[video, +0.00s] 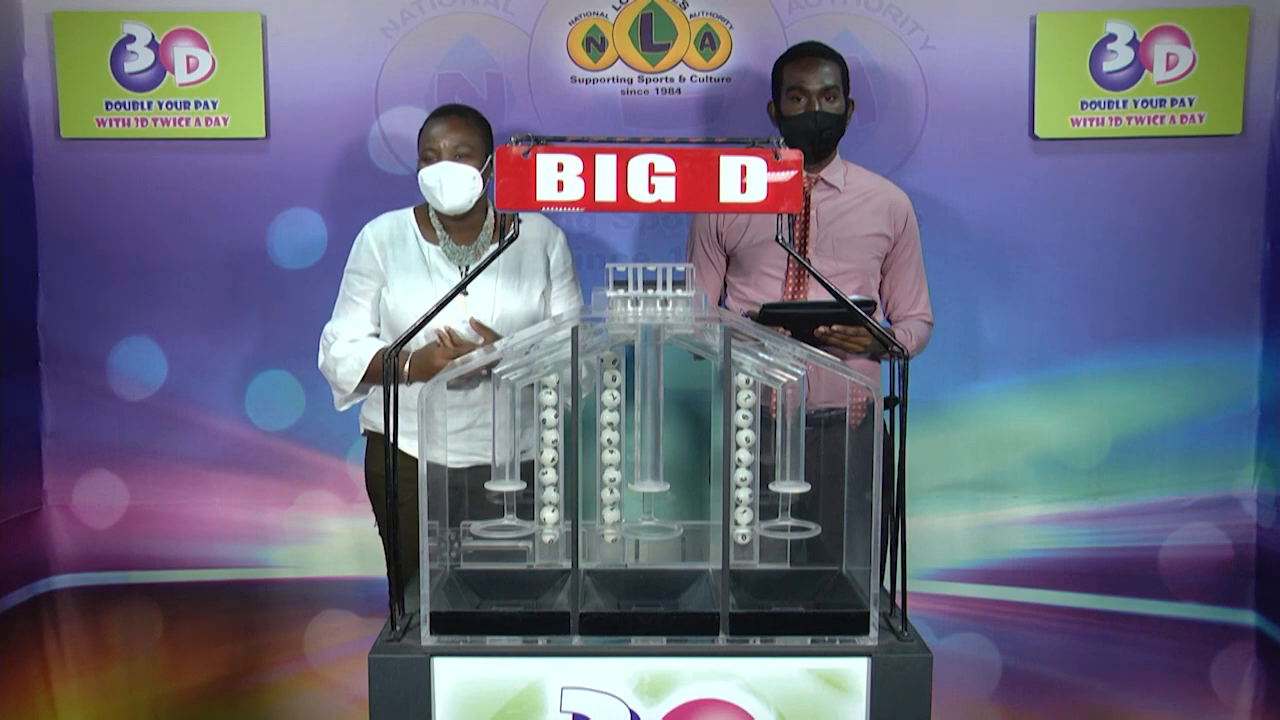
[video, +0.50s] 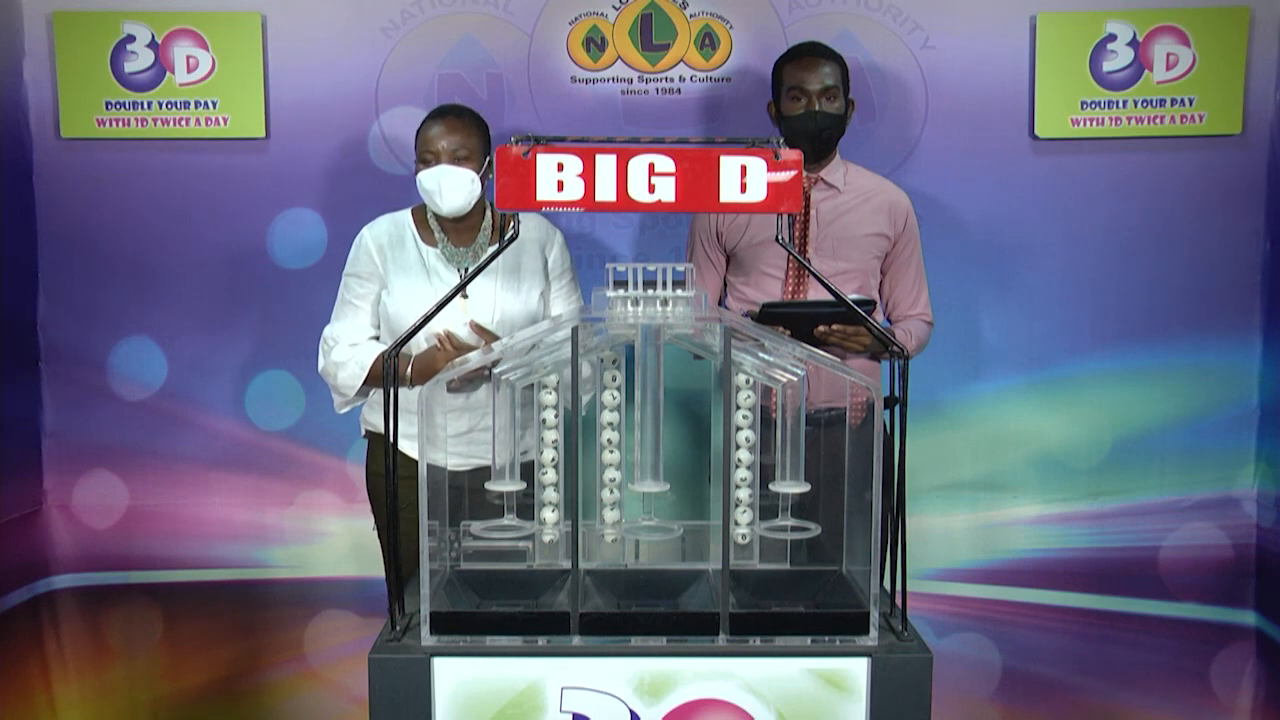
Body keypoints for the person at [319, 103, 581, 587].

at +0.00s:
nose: (445, 169)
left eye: (462, 154)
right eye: (432, 156)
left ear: (489, 162)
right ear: (419, 163)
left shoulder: (540, 239)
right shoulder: (381, 240)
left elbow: (573, 351)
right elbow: (340, 352)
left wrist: (505, 359)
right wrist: (411, 364)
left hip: (511, 460)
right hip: (408, 460)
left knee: (505, 615)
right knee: (417, 614)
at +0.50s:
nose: (445, 175)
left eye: (460, 160)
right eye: (431, 161)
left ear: (486, 163)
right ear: (417, 166)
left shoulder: (538, 239)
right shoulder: (379, 242)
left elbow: (574, 350)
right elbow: (339, 354)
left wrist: (505, 357)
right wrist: (412, 367)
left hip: (511, 463)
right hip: (407, 463)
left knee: (505, 619)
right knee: (417, 618)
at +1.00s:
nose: (445, 173)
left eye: (460, 158)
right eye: (431, 160)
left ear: (486, 164)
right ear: (417, 167)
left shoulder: (538, 240)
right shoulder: (379, 243)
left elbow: (573, 352)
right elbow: (339, 356)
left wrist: (504, 356)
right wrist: (411, 365)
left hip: (508, 463)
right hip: (406, 463)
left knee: (505, 621)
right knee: (415, 621)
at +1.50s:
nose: (442, 176)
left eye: (457, 161)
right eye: (428, 162)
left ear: (482, 166)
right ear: (413, 168)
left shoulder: (536, 241)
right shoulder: (376, 244)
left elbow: (574, 355)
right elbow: (333, 356)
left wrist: (505, 355)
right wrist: (408, 365)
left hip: (508, 463)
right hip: (405, 463)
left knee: (504, 616)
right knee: (417, 615)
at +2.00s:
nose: (434, 179)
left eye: (448, 162)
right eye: (419, 166)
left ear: (473, 165)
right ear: (403, 172)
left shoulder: (529, 241)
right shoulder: (370, 247)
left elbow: (568, 350)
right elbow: (331, 362)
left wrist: (502, 359)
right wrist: (407, 370)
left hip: (505, 462)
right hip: (403, 465)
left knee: (504, 617)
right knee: (415, 616)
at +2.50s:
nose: (435, 180)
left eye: (450, 164)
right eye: (419, 167)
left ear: (472, 166)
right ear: (402, 173)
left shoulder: (527, 240)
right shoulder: (368, 248)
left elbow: (562, 346)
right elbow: (330, 365)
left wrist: (505, 358)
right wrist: (417, 370)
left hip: (507, 462)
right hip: (404, 465)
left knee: (506, 619)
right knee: (416, 618)